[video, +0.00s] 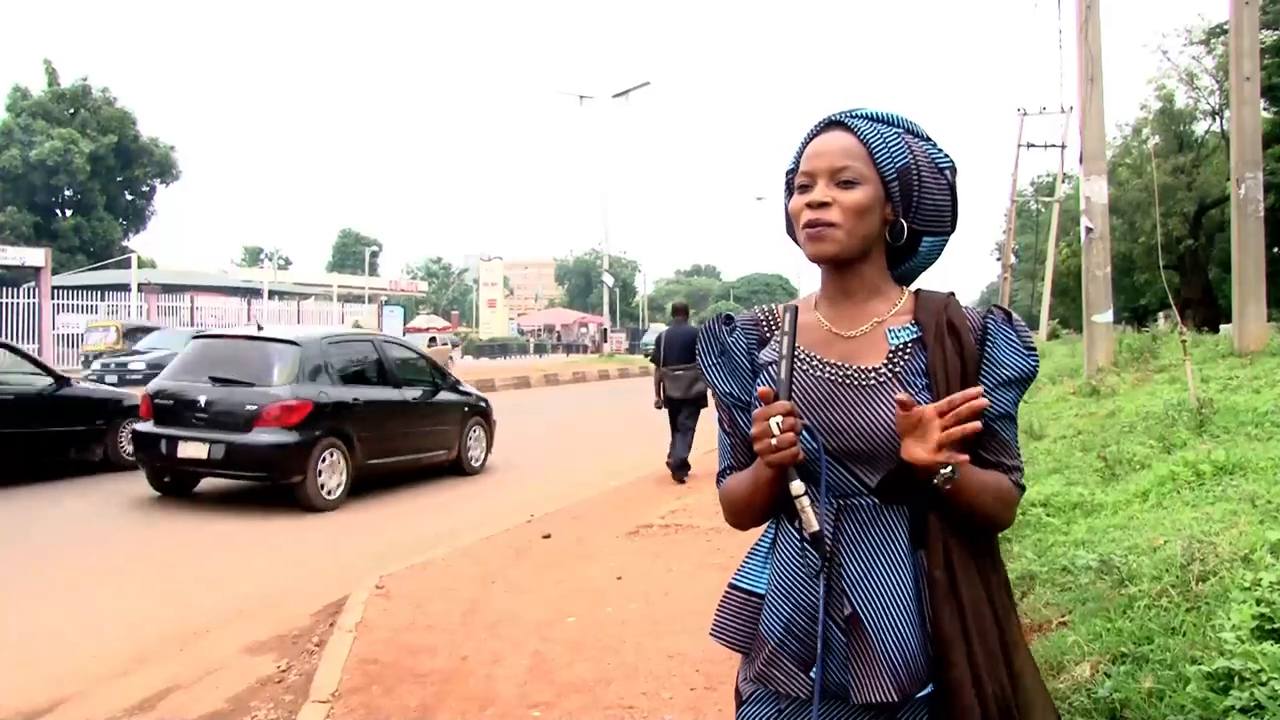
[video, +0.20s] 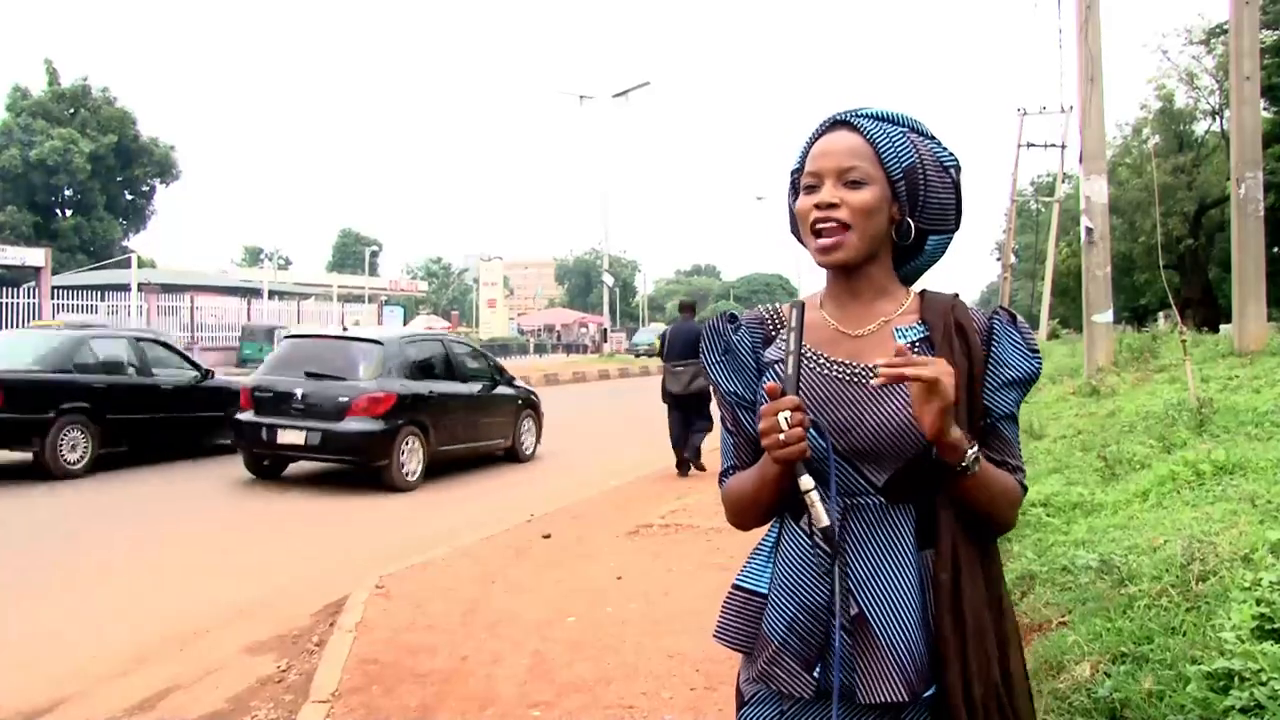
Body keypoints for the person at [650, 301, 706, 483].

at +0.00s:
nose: (682, 318)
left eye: (678, 315)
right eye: (684, 314)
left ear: (672, 316)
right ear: (688, 315)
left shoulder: (663, 337)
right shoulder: (697, 334)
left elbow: (658, 368)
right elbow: (705, 361)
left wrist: (657, 395)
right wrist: (710, 384)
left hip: (671, 385)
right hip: (693, 383)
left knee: (676, 425)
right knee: (687, 426)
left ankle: (676, 458)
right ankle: (678, 463)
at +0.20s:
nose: (690, 315)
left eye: (687, 312)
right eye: (692, 312)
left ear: (679, 312)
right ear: (694, 313)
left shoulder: (668, 332)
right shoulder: (701, 332)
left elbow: (662, 354)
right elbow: (708, 355)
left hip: (673, 383)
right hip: (697, 382)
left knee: (677, 422)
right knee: (703, 419)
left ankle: (682, 464)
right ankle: (693, 449)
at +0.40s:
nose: (698, 317)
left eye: (692, 314)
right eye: (700, 314)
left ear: (687, 314)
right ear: (702, 314)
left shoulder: (677, 333)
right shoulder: (709, 334)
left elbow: (670, 356)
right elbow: (715, 358)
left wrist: (681, 372)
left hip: (679, 384)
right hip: (704, 384)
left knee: (680, 425)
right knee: (708, 422)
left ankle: (682, 465)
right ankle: (713, 457)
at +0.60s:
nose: (705, 319)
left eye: (702, 315)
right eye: (708, 315)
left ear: (697, 316)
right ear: (711, 316)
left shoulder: (687, 334)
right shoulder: (715, 336)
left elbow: (679, 355)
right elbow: (721, 361)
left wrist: (690, 368)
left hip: (689, 384)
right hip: (710, 383)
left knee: (692, 421)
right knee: (714, 423)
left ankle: (684, 451)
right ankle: (711, 459)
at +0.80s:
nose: (710, 317)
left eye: (708, 313)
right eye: (713, 314)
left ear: (703, 314)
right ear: (718, 314)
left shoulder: (694, 333)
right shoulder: (723, 334)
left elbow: (687, 355)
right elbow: (728, 358)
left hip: (698, 381)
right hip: (718, 381)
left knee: (700, 417)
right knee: (714, 418)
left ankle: (699, 448)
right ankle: (712, 456)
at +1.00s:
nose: (714, 322)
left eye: (714, 318)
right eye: (715, 319)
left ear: (706, 319)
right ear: (720, 319)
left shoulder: (700, 337)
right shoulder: (727, 337)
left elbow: (693, 363)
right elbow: (733, 362)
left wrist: (690, 386)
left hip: (706, 386)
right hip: (724, 385)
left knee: (708, 418)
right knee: (719, 419)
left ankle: (711, 449)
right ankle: (714, 454)